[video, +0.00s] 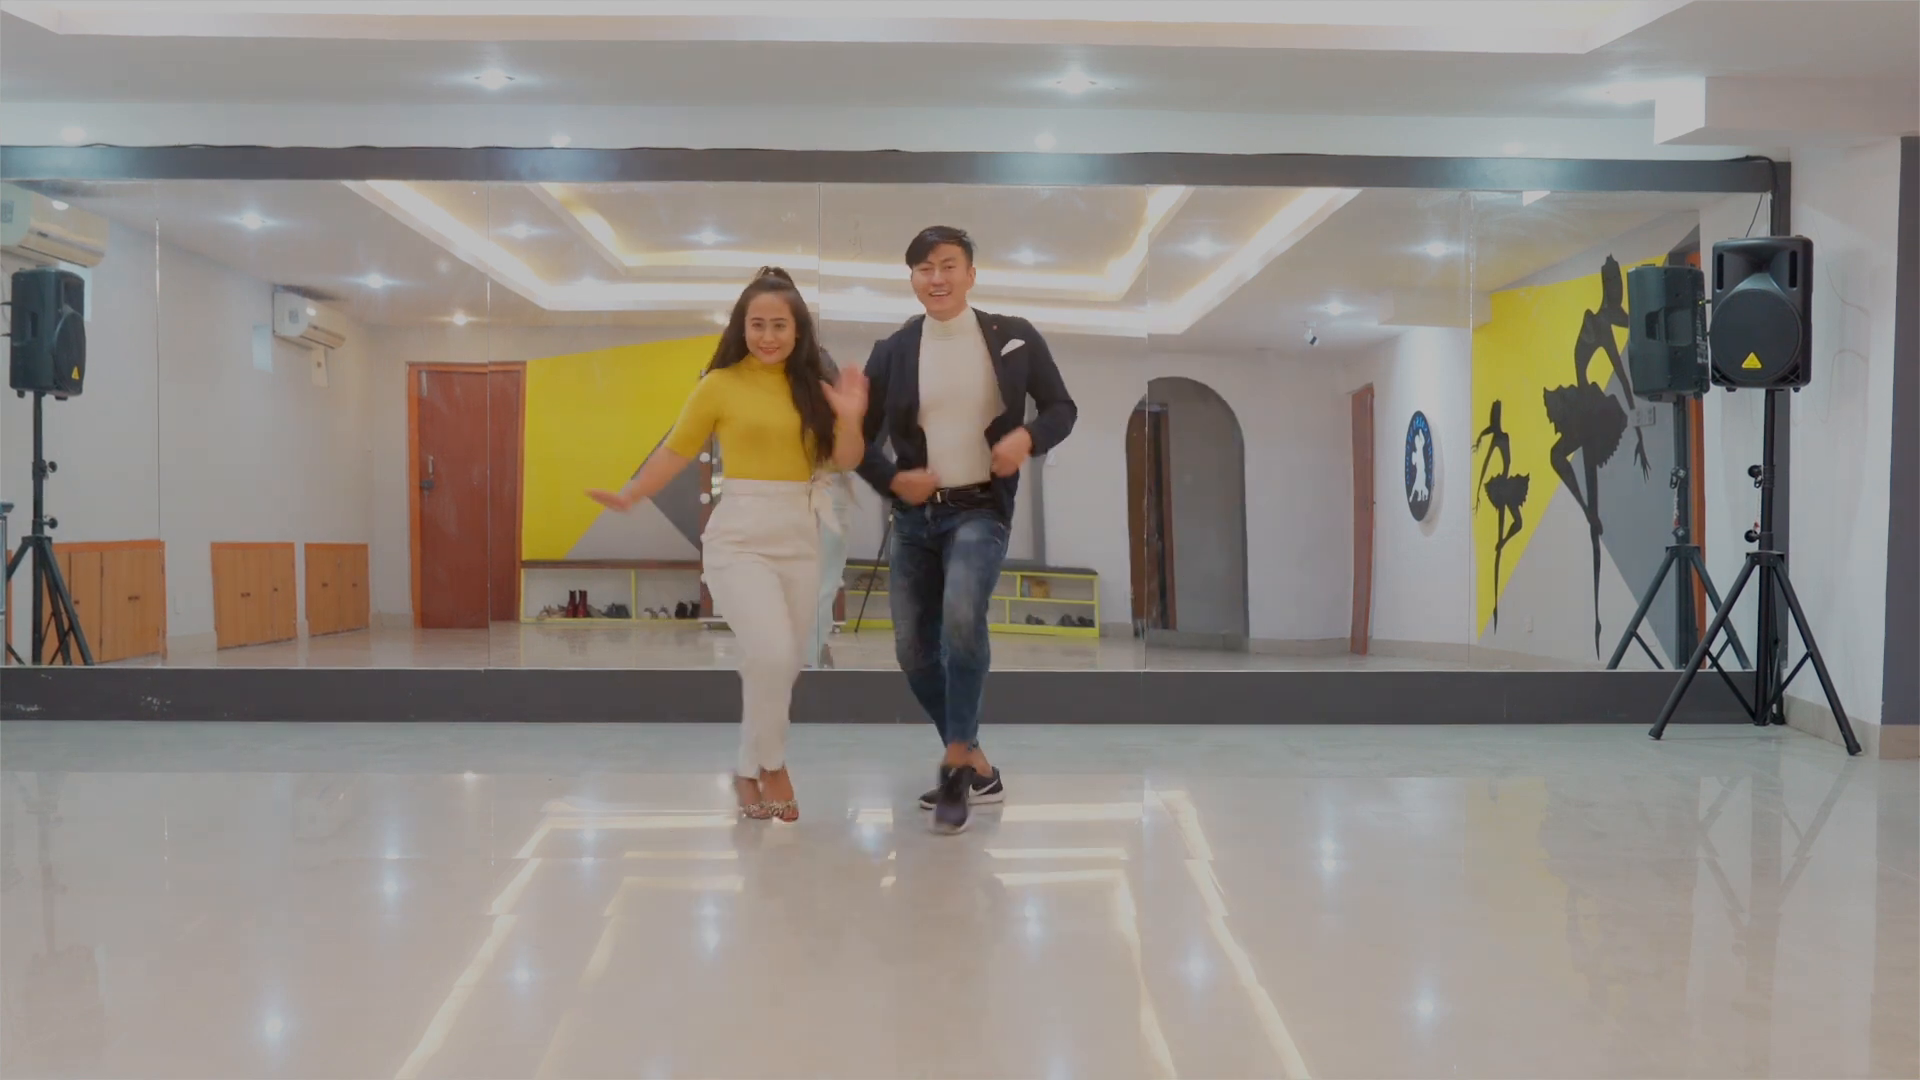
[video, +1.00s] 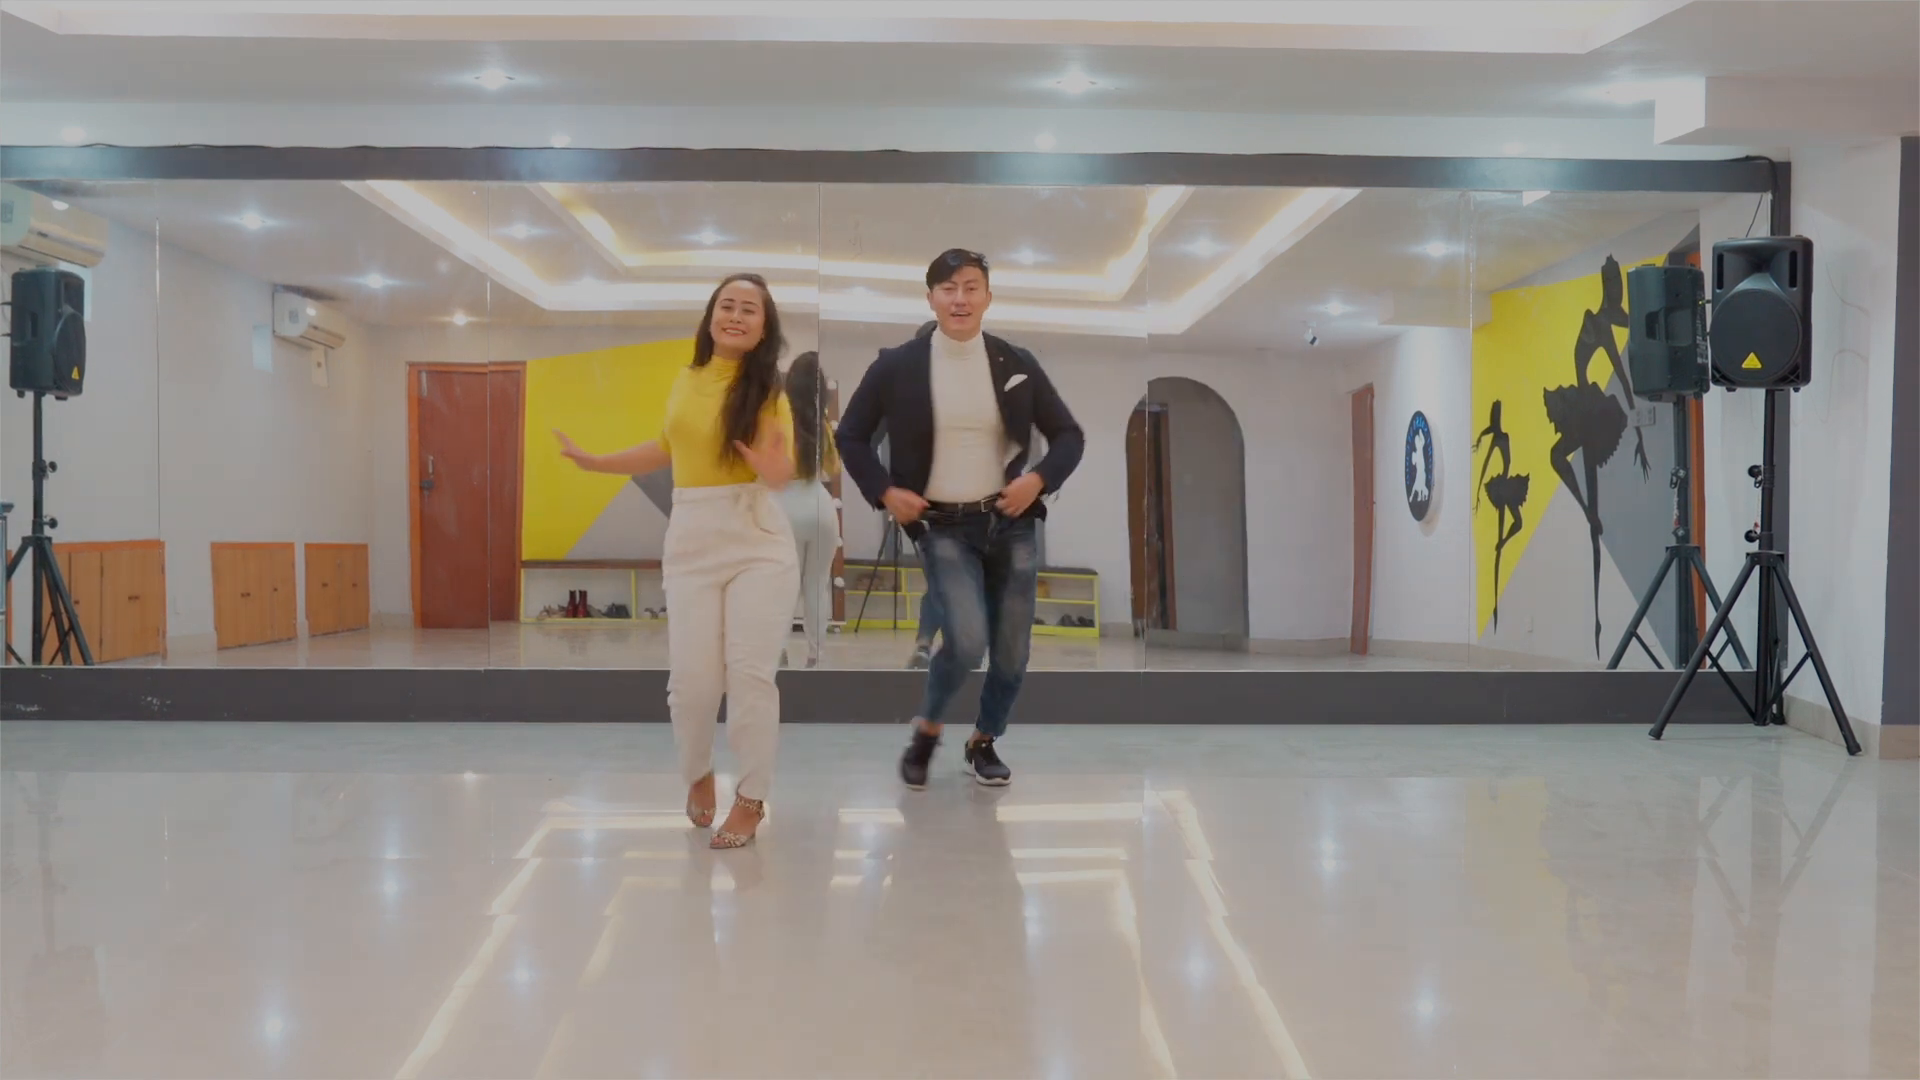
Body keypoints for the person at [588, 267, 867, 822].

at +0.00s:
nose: (768, 335)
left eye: (780, 324)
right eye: (757, 324)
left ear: (799, 328)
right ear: (742, 327)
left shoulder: (814, 387)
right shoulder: (720, 385)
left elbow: (846, 461)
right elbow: (676, 450)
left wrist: (849, 418)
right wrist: (630, 496)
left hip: (801, 539)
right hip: (736, 536)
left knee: (789, 660)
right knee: (770, 652)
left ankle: (749, 769)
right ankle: (774, 768)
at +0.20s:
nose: (769, 340)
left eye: (781, 329)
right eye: (758, 328)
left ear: (799, 334)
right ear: (743, 333)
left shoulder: (816, 392)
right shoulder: (725, 391)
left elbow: (837, 464)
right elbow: (686, 455)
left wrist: (831, 444)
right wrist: (617, 453)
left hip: (803, 543)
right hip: (744, 542)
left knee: (819, 668)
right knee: (785, 664)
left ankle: (744, 758)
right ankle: (768, 789)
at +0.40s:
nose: (770, 313)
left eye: (782, 306)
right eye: (759, 305)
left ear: (798, 320)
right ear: (741, 316)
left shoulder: (816, 383)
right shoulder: (718, 382)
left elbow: (850, 458)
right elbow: (675, 452)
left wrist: (897, 489)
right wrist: (632, 413)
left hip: (804, 529)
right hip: (739, 533)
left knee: (763, 642)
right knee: (751, 667)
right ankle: (791, 786)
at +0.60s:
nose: (761, 316)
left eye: (774, 310)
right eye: (752, 308)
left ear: (791, 328)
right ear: (735, 322)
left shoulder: (804, 389)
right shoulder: (712, 386)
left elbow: (837, 466)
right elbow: (673, 452)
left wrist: (899, 461)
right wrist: (652, 431)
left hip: (791, 535)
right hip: (738, 538)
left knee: (709, 644)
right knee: (770, 684)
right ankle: (825, 786)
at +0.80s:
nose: (752, 316)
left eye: (765, 310)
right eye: (743, 308)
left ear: (783, 328)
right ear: (726, 321)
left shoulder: (789, 387)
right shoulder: (699, 387)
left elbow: (807, 464)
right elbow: (660, 456)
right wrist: (587, 474)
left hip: (776, 541)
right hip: (711, 541)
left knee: (752, 671)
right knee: (702, 679)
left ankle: (748, 798)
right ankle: (778, 766)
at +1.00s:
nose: (736, 317)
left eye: (749, 310)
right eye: (727, 307)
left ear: (765, 326)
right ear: (709, 318)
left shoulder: (768, 393)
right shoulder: (686, 383)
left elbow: (783, 473)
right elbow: (665, 450)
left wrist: (766, 461)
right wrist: (595, 461)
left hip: (760, 541)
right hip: (692, 542)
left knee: (750, 672)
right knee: (693, 680)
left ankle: (751, 797)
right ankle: (699, 777)